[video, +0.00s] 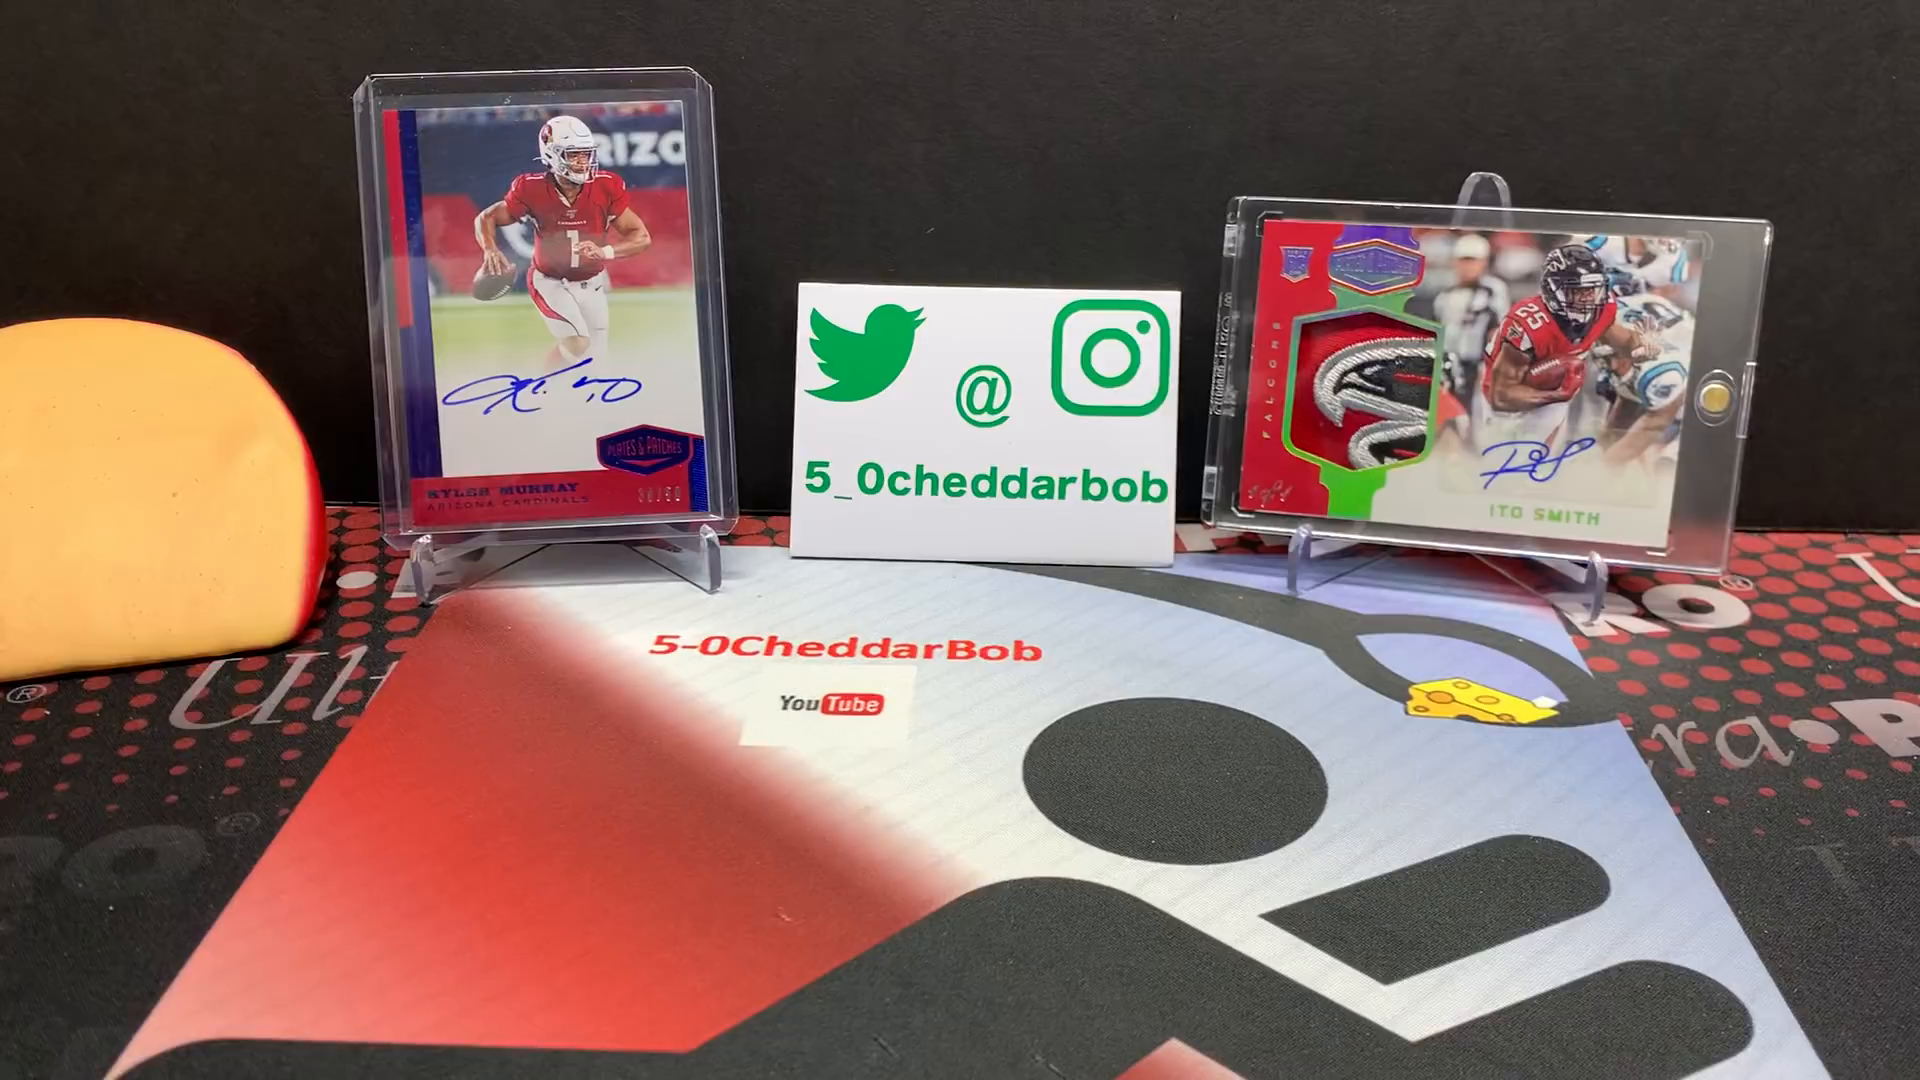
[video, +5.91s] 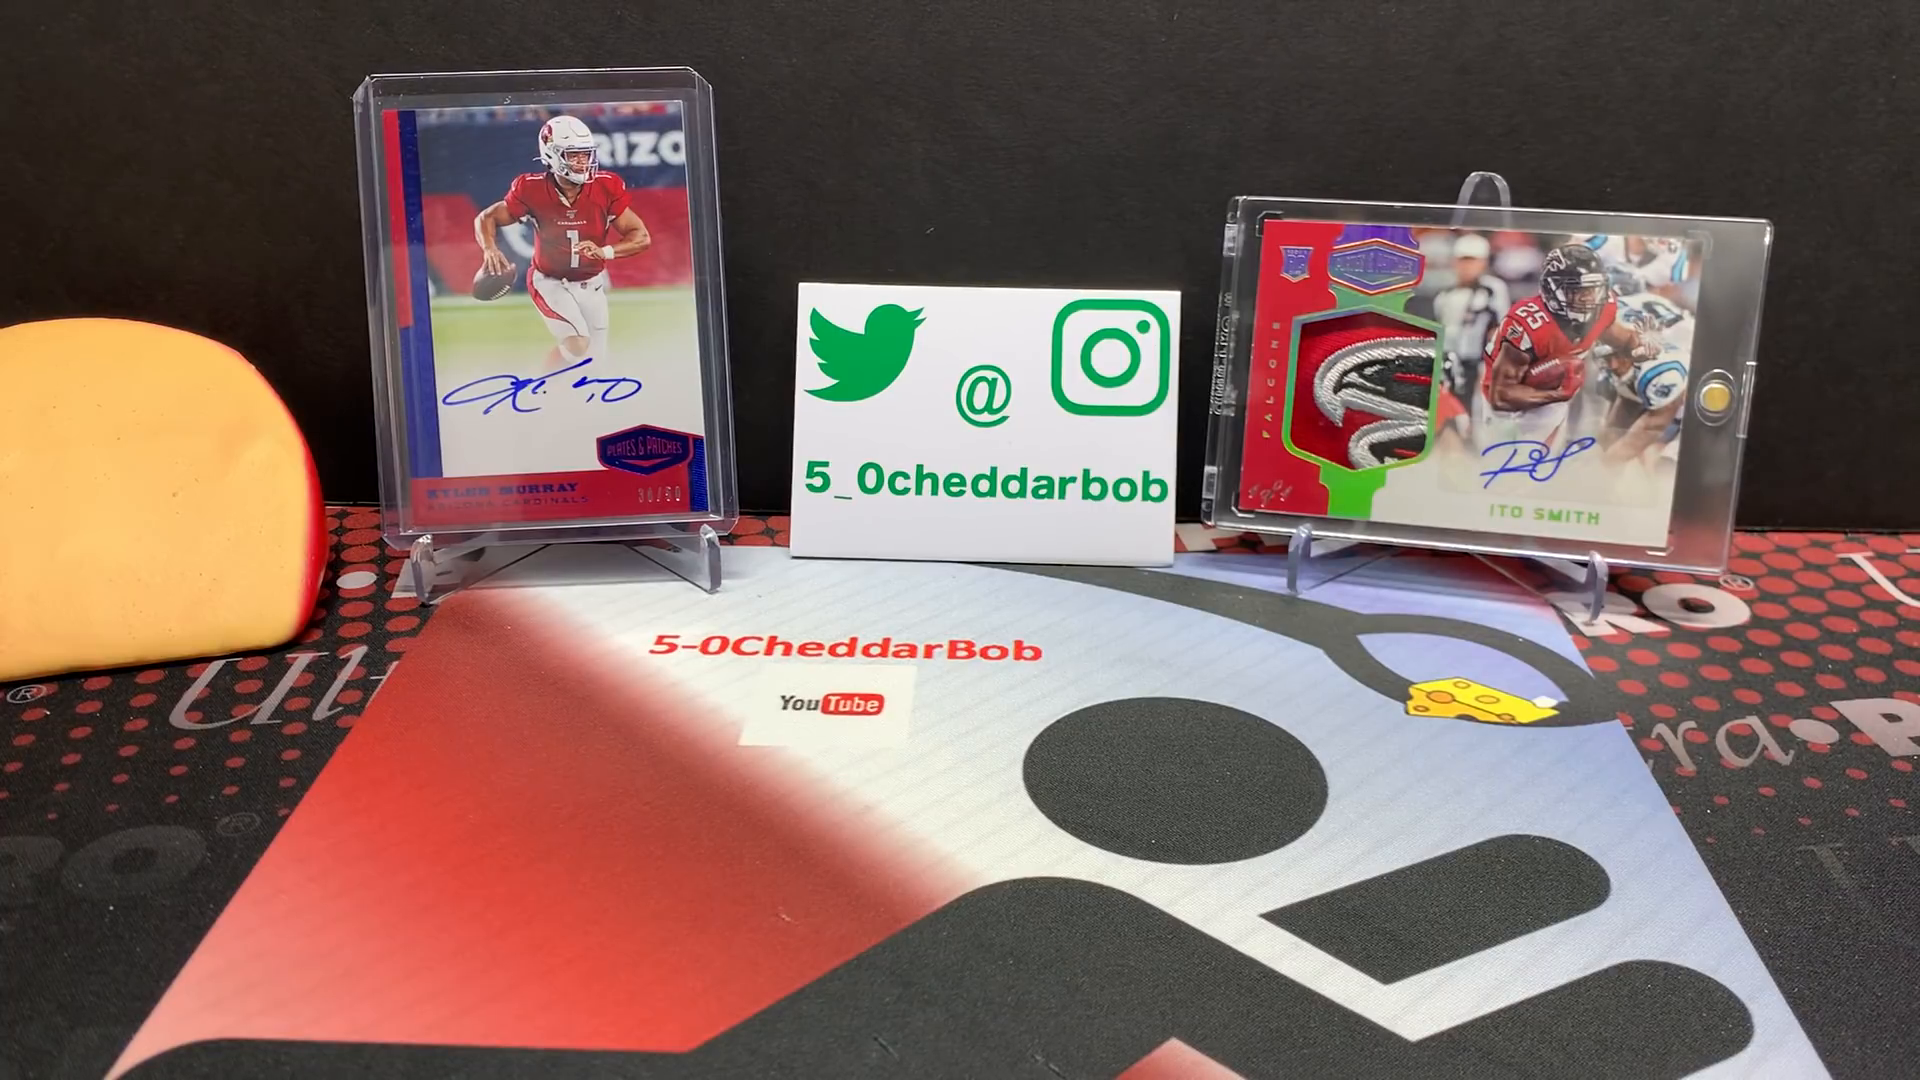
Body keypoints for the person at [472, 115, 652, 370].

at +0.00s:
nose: (580, 162)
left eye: (585, 155)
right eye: (573, 156)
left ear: (592, 154)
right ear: (552, 155)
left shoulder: (606, 187)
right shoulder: (529, 189)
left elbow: (642, 237)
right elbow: (484, 219)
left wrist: (605, 252)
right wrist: (490, 249)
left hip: (592, 282)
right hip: (549, 280)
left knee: (596, 361)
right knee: (576, 344)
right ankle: (534, 392)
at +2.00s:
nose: (581, 162)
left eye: (585, 155)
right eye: (573, 156)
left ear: (592, 154)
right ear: (552, 155)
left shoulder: (607, 187)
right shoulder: (530, 189)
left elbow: (641, 237)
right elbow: (484, 219)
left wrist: (605, 252)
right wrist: (490, 249)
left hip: (591, 282)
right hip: (548, 280)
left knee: (595, 362)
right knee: (577, 344)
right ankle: (533, 389)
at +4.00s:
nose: (580, 162)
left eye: (585, 155)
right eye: (572, 156)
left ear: (592, 154)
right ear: (552, 155)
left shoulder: (607, 186)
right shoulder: (530, 189)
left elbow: (641, 237)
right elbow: (484, 219)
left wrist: (605, 252)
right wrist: (490, 249)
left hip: (591, 282)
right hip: (548, 280)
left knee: (595, 361)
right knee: (576, 343)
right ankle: (533, 391)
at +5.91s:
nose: (580, 162)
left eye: (585, 155)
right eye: (573, 156)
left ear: (591, 154)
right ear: (552, 155)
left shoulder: (606, 187)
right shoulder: (530, 189)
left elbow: (641, 238)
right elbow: (484, 219)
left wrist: (605, 252)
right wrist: (490, 248)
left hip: (591, 283)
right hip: (549, 280)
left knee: (596, 362)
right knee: (577, 344)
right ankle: (534, 391)